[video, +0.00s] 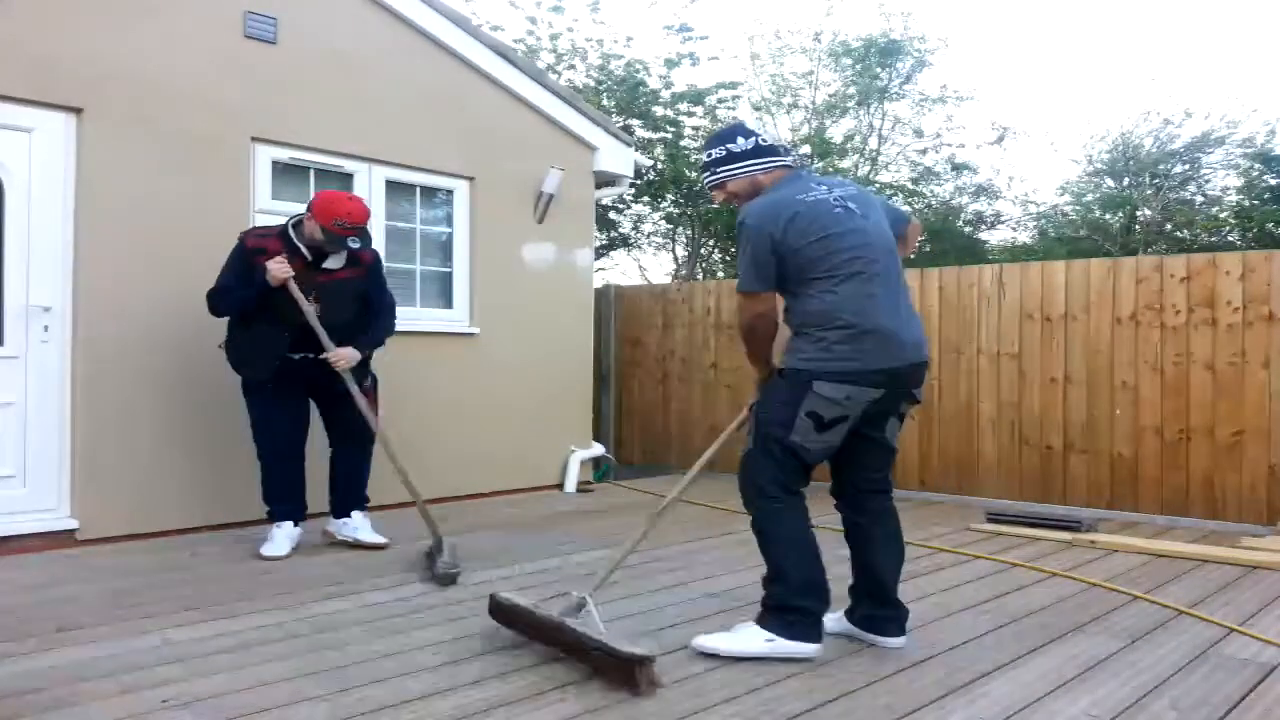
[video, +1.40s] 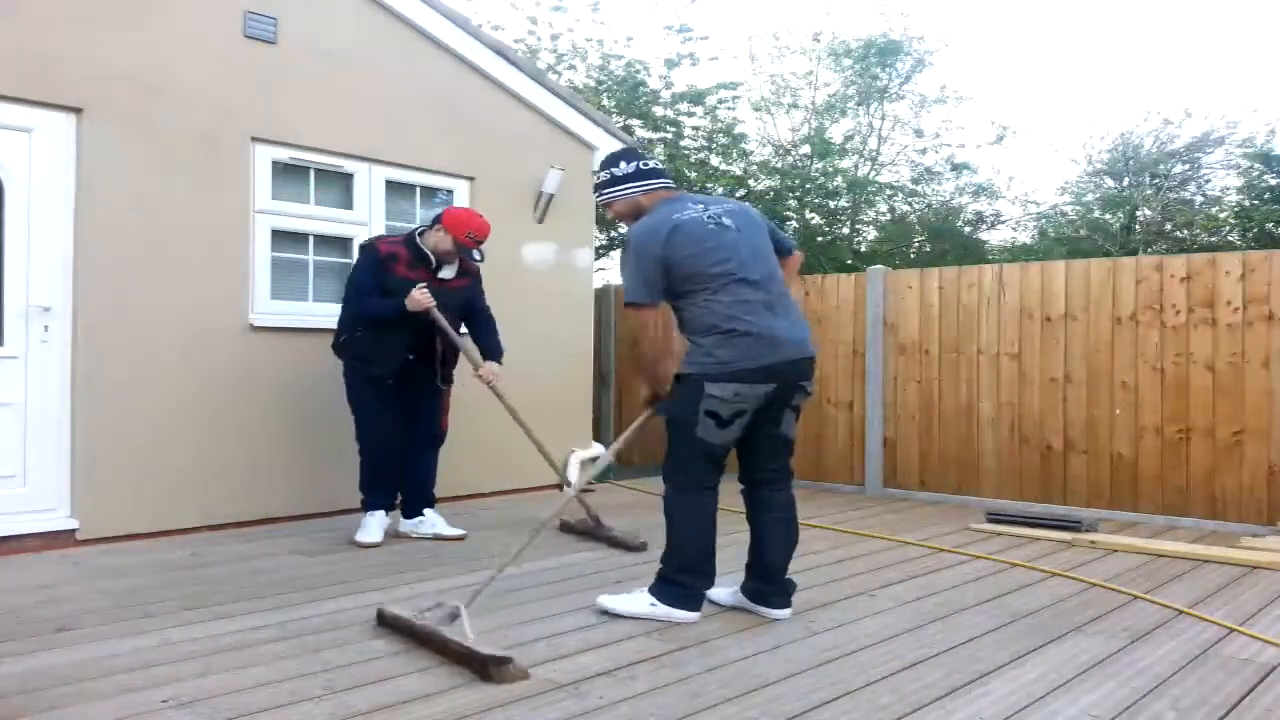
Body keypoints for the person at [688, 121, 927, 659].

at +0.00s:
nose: (722, 198)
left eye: (722, 185)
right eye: (717, 189)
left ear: (751, 169)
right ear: (774, 166)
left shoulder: (762, 216)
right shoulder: (847, 190)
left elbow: (758, 316)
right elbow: (907, 228)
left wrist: (763, 371)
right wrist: (862, 294)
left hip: (833, 361)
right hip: (902, 356)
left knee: (767, 476)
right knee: (864, 483)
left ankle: (791, 623)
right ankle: (878, 616)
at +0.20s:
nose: (683, 214)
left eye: (682, 202)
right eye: (677, 207)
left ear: (705, 184)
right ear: (728, 178)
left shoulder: (722, 223)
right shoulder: (811, 200)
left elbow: (713, 324)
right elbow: (866, 267)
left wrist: (712, 389)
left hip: (814, 361)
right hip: (884, 356)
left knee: (761, 487)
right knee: (860, 488)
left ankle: (712, 617)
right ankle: (878, 616)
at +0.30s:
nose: (652, 217)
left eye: (651, 204)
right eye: (646, 209)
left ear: (677, 189)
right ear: (702, 182)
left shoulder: (698, 225)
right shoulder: (776, 203)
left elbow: (690, 324)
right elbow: (806, 301)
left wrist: (683, 396)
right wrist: (753, 373)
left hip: (796, 362)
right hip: (865, 355)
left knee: (742, 489)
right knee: (852, 490)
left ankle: (705, 619)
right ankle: (877, 617)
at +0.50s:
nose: (613, 219)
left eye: (609, 207)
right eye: (606, 211)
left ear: (630, 189)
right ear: (651, 181)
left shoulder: (660, 224)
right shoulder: (723, 205)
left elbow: (635, 319)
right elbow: (758, 280)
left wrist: (607, 398)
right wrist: (705, 341)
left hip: (765, 360)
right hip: (832, 354)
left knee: (720, 488)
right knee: (825, 485)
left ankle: (704, 620)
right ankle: (861, 614)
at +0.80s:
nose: (598, 213)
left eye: (597, 199)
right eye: (593, 203)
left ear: (622, 183)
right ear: (646, 177)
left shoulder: (649, 217)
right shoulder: (723, 201)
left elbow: (608, 303)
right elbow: (752, 277)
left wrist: (591, 382)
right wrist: (692, 331)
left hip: (739, 359)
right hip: (807, 352)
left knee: (712, 488)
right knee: (788, 478)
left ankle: (704, 620)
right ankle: (798, 596)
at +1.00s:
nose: (617, 207)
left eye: (615, 195)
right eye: (612, 197)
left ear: (638, 182)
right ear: (663, 174)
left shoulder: (655, 222)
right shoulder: (744, 200)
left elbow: (648, 317)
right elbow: (800, 256)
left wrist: (664, 375)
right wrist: (764, 317)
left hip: (726, 360)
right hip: (794, 355)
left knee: (700, 486)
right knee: (765, 476)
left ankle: (704, 617)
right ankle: (769, 592)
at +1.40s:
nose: (610, 215)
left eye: (609, 204)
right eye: (605, 206)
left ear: (632, 191)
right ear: (655, 184)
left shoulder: (646, 237)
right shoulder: (735, 207)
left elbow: (655, 335)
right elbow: (789, 256)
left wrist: (656, 387)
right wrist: (770, 320)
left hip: (724, 362)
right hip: (792, 355)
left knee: (688, 477)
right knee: (769, 475)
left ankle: (678, 593)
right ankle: (768, 590)